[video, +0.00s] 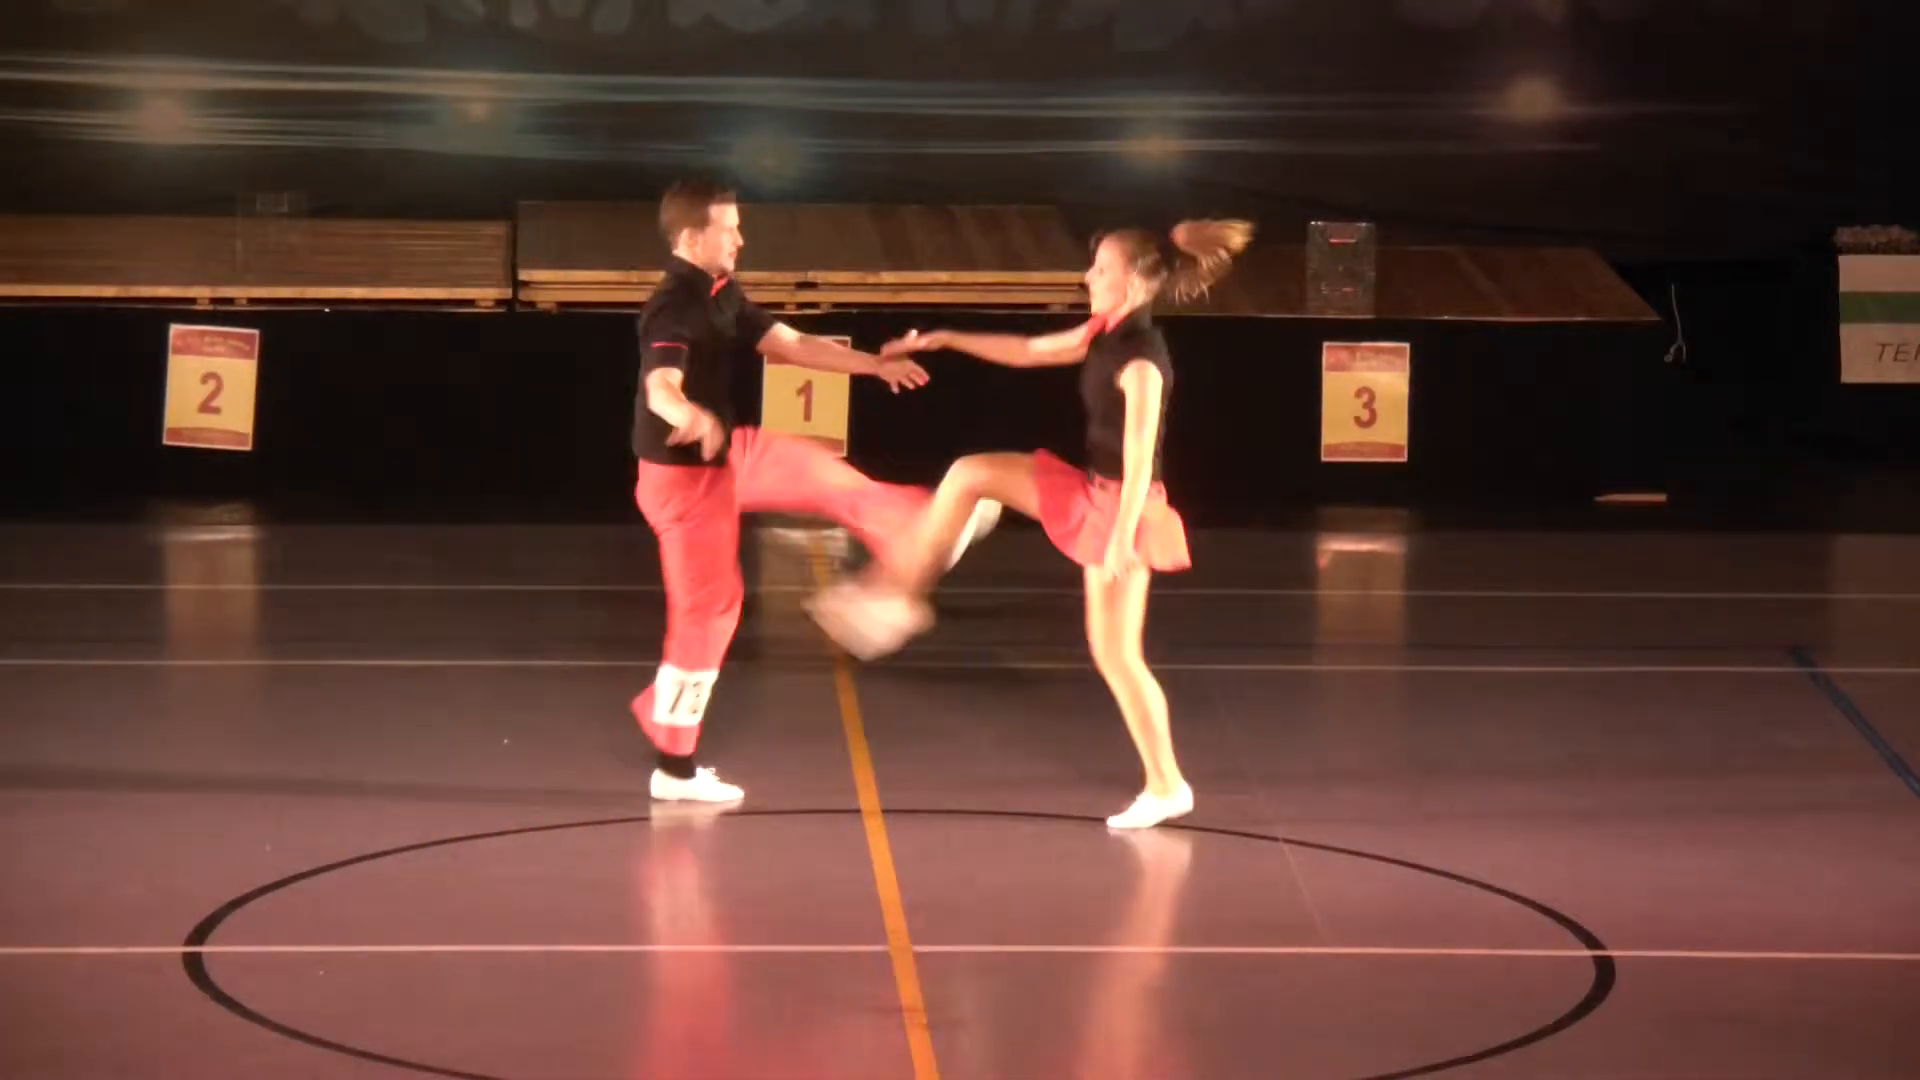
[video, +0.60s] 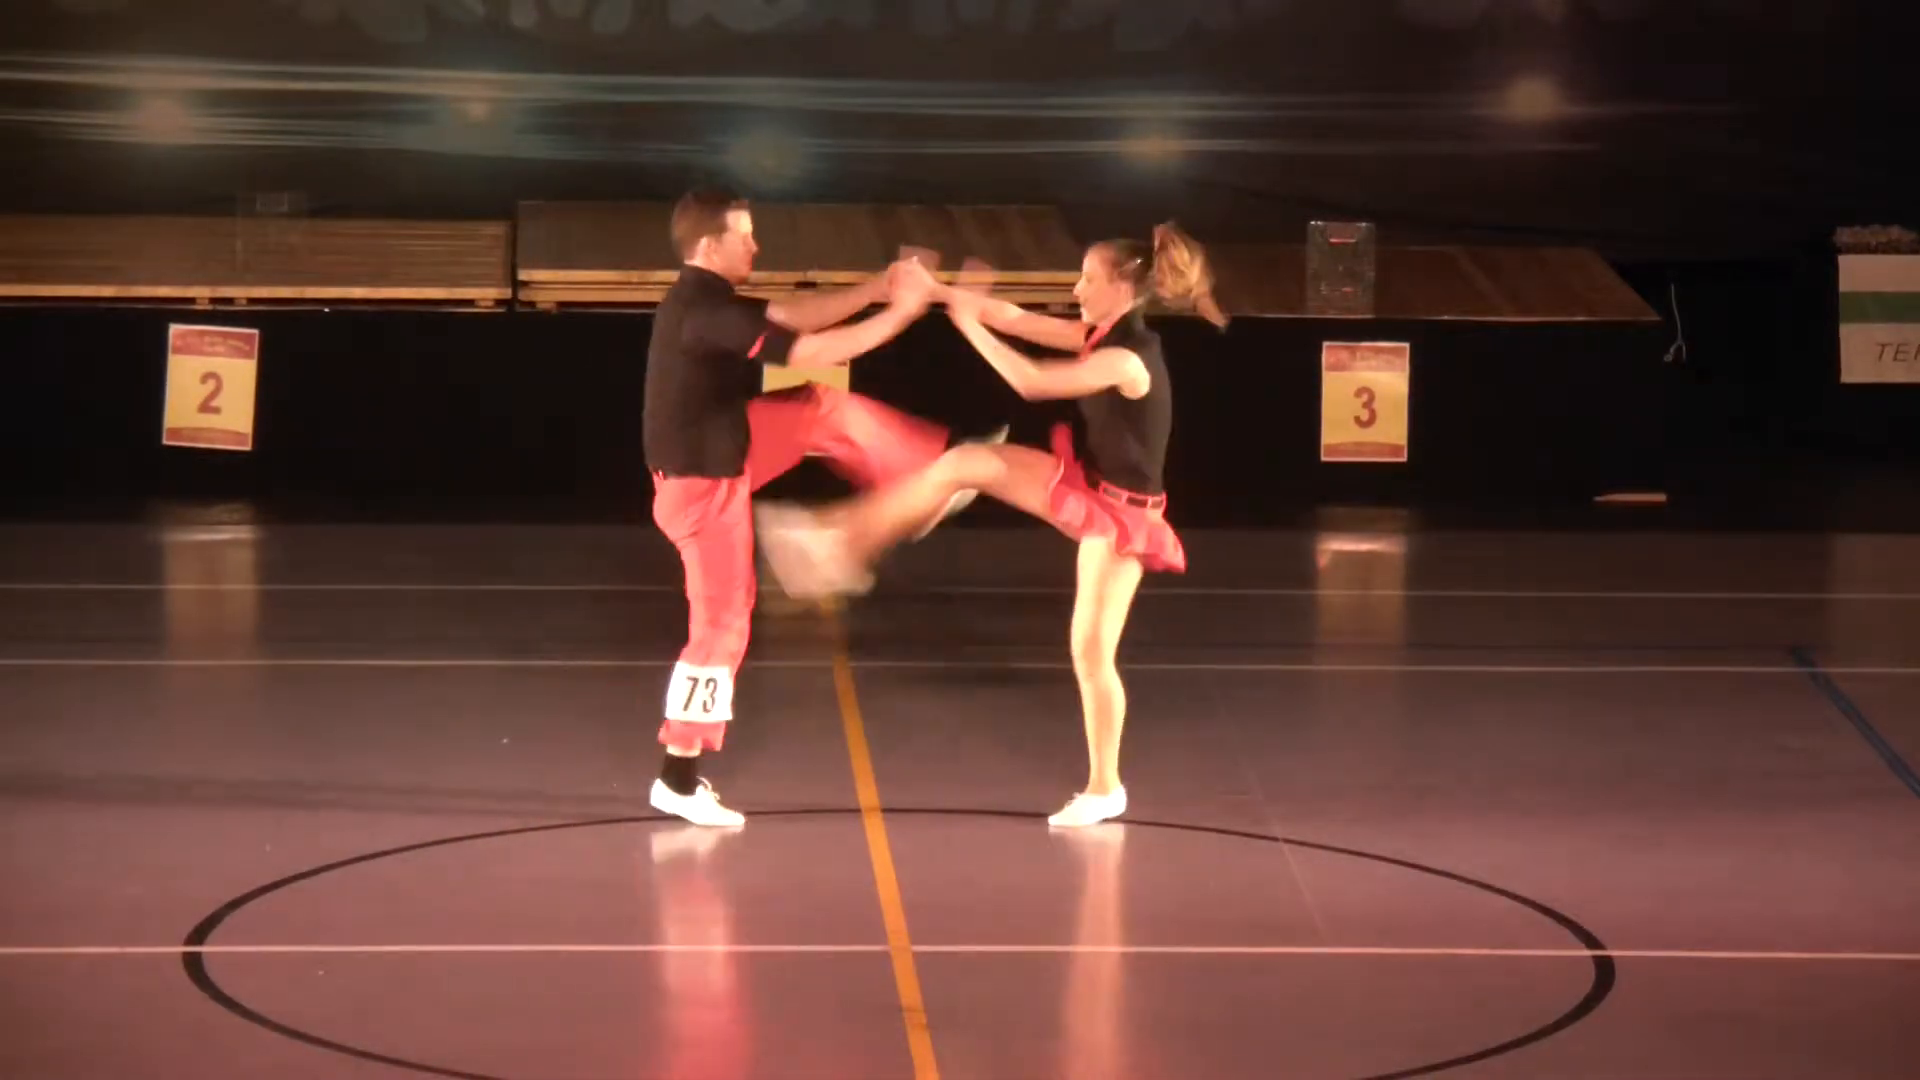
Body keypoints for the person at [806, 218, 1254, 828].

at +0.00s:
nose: (1089, 276)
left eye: (1102, 268)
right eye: (1093, 266)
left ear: (1137, 282)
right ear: (1119, 279)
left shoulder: (1141, 357)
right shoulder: (1102, 333)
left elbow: (1140, 464)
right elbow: (1027, 351)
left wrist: (1121, 539)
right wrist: (945, 338)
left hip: (1124, 512)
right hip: (1088, 494)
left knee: (1115, 653)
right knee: (968, 474)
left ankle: (1165, 785)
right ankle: (895, 596)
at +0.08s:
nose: (1087, 287)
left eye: (1098, 280)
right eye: (1091, 277)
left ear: (1132, 298)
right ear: (1123, 294)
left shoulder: (1136, 371)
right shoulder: (1101, 344)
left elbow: (1148, 464)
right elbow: (1023, 363)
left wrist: (1134, 534)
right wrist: (939, 351)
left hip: (1130, 525)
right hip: (1089, 508)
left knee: (1137, 661)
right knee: (974, 503)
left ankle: (1171, 793)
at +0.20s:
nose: (1106, 269)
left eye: (1121, 261)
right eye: (1104, 257)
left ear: (1152, 271)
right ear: (1098, 259)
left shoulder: (1153, 341)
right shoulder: (1094, 315)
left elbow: (1187, 434)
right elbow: (1013, 335)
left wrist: (1164, 484)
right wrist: (924, 324)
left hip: (1140, 492)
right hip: (1096, 484)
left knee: (1055, 610)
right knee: (998, 540)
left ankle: (1129, 723)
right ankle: (1042, 679)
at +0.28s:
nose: (1109, 273)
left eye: (1125, 267)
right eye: (1106, 260)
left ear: (1155, 275)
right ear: (1099, 260)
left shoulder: (1155, 343)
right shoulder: (1086, 319)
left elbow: (1197, 426)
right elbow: (1003, 328)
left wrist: (1199, 474)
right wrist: (917, 308)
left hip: (1139, 500)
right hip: (1100, 497)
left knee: (1009, 571)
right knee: (1098, 638)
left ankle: (1072, 678)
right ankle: (1137, 771)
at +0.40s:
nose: (1095, 300)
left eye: (1108, 292)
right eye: (1095, 289)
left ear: (1144, 301)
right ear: (1098, 292)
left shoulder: (1153, 368)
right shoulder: (1087, 340)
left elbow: (1203, 449)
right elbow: (1003, 324)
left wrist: (1181, 464)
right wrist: (925, 296)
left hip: (1118, 526)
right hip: (1094, 521)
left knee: (1039, 654)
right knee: (1124, 656)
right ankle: (1151, 792)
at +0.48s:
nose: (1085, 275)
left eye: (1096, 265)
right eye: (1087, 263)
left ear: (1133, 275)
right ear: (1108, 271)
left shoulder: (1153, 350)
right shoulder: (1097, 320)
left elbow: (1159, 447)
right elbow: (1015, 318)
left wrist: (1079, 429)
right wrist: (926, 297)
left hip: (1119, 499)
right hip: (1073, 483)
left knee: (1060, 635)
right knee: (1012, 608)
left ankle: (1065, 779)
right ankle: (1094, 727)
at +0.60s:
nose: (1079, 289)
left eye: (1090, 279)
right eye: (1081, 277)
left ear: (1126, 289)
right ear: (1111, 287)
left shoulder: (1128, 359)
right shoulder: (1103, 334)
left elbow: (1030, 383)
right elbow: (1017, 320)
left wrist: (965, 321)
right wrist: (935, 286)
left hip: (1120, 520)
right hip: (1083, 489)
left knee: (1092, 654)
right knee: (965, 461)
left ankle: (1105, 788)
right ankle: (845, 545)